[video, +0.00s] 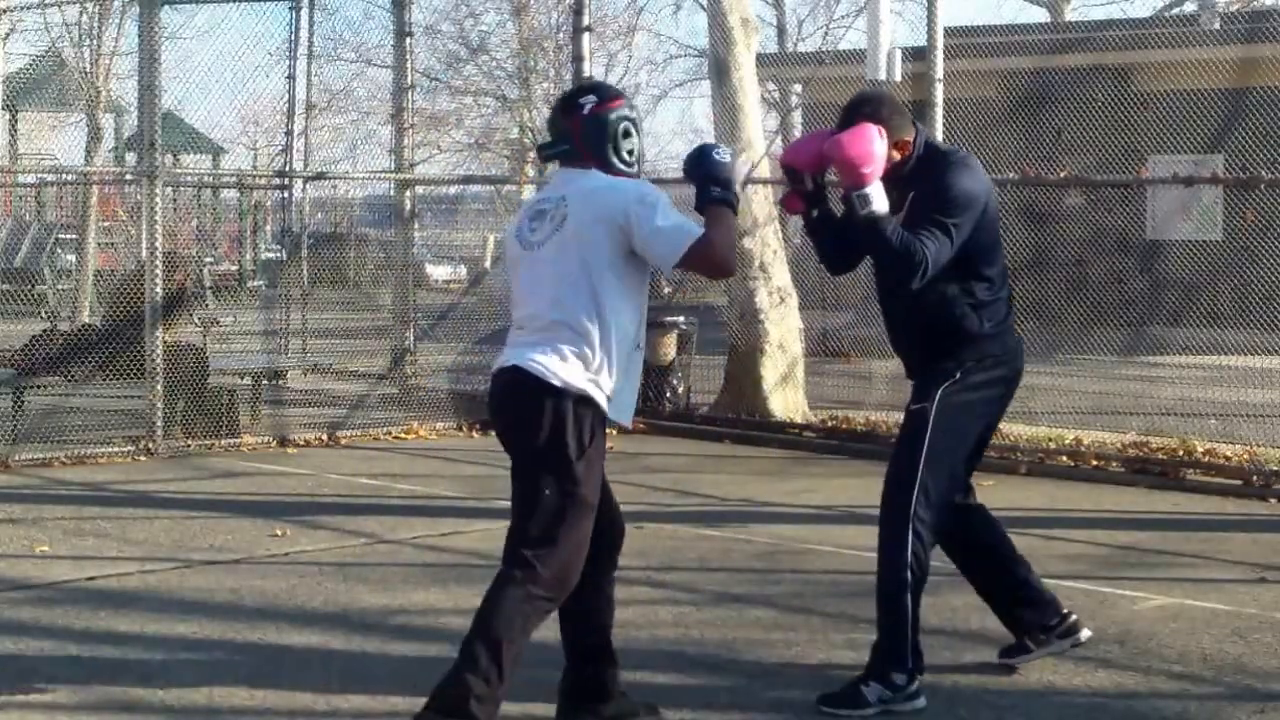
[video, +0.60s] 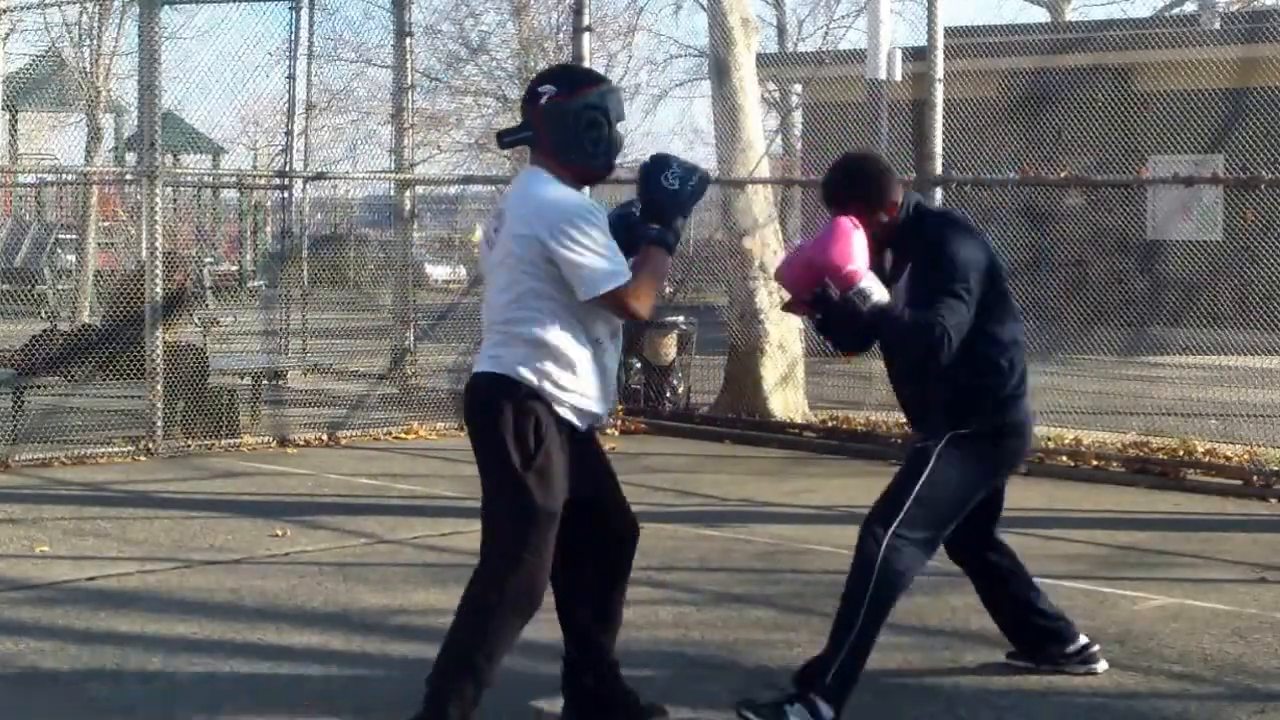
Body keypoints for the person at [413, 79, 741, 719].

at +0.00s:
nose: (635, 145)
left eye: (632, 134)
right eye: (630, 134)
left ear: (561, 142)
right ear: (617, 138)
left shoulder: (532, 211)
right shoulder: (624, 195)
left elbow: (534, 306)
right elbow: (718, 258)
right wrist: (718, 193)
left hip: (514, 386)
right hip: (567, 394)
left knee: (599, 533)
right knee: (546, 559)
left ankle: (591, 695)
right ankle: (459, 705)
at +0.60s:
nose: (606, 128)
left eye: (609, 114)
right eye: (589, 115)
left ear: (537, 132)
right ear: (556, 128)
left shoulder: (535, 198)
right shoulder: (556, 205)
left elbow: (556, 288)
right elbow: (637, 300)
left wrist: (618, 238)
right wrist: (666, 230)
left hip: (552, 405)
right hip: (522, 400)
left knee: (608, 536)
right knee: (517, 570)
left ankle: (594, 689)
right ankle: (445, 706)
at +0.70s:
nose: (621, 153)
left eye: (619, 140)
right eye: (609, 142)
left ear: (548, 149)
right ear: (588, 153)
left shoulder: (593, 213)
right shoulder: (535, 220)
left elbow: (677, 261)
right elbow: (597, 331)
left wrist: (765, 246)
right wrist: (637, 265)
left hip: (552, 417)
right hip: (491, 411)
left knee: (605, 539)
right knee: (527, 568)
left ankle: (612, 696)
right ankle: (448, 712)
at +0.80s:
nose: (600, 175)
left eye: (601, 161)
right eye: (590, 163)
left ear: (546, 162)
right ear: (551, 163)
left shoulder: (572, 228)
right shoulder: (493, 232)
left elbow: (634, 308)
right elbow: (510, 351)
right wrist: (581, 299)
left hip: (531, 414)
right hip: (464, 417)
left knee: (582, 553)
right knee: (480, 570)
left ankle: (613, 690)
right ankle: (398, 709)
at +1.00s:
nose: (538, 180)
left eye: (538, 167)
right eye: (528, 167)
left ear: (495, 164)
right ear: (489, 164)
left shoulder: (498, 227)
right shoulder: (423, 226)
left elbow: (483, 345)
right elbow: (427, 343)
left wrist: (550, 373)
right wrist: (517, 301)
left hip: (480, 422)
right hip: (410, 430)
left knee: (556, 548)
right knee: (419, 587)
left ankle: (567, 696)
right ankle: (368, 712)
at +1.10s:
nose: (524, 150)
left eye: (522, 136)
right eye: (514, 136)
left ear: (461, 137)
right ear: (490, 142)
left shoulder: (495, 207)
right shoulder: (411, 212)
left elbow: (521, 305)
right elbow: (417, 331)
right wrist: (504, 274)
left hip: (480, 418)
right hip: (409, 426)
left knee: (539, 552)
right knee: (403, 588)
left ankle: (555, 702)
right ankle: (361, 712)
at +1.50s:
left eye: (582, 106)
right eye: (574, 107)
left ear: (513, 112)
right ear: (558, 117)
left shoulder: (550, 194)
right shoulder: (485, 187)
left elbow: (568, 302)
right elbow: (500, 299)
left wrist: (622, 259)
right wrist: (576, 245)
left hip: (540, 407)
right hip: (483, 405)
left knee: (546, 555)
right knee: (491, 564)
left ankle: (519, 701)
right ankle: (448, 708)